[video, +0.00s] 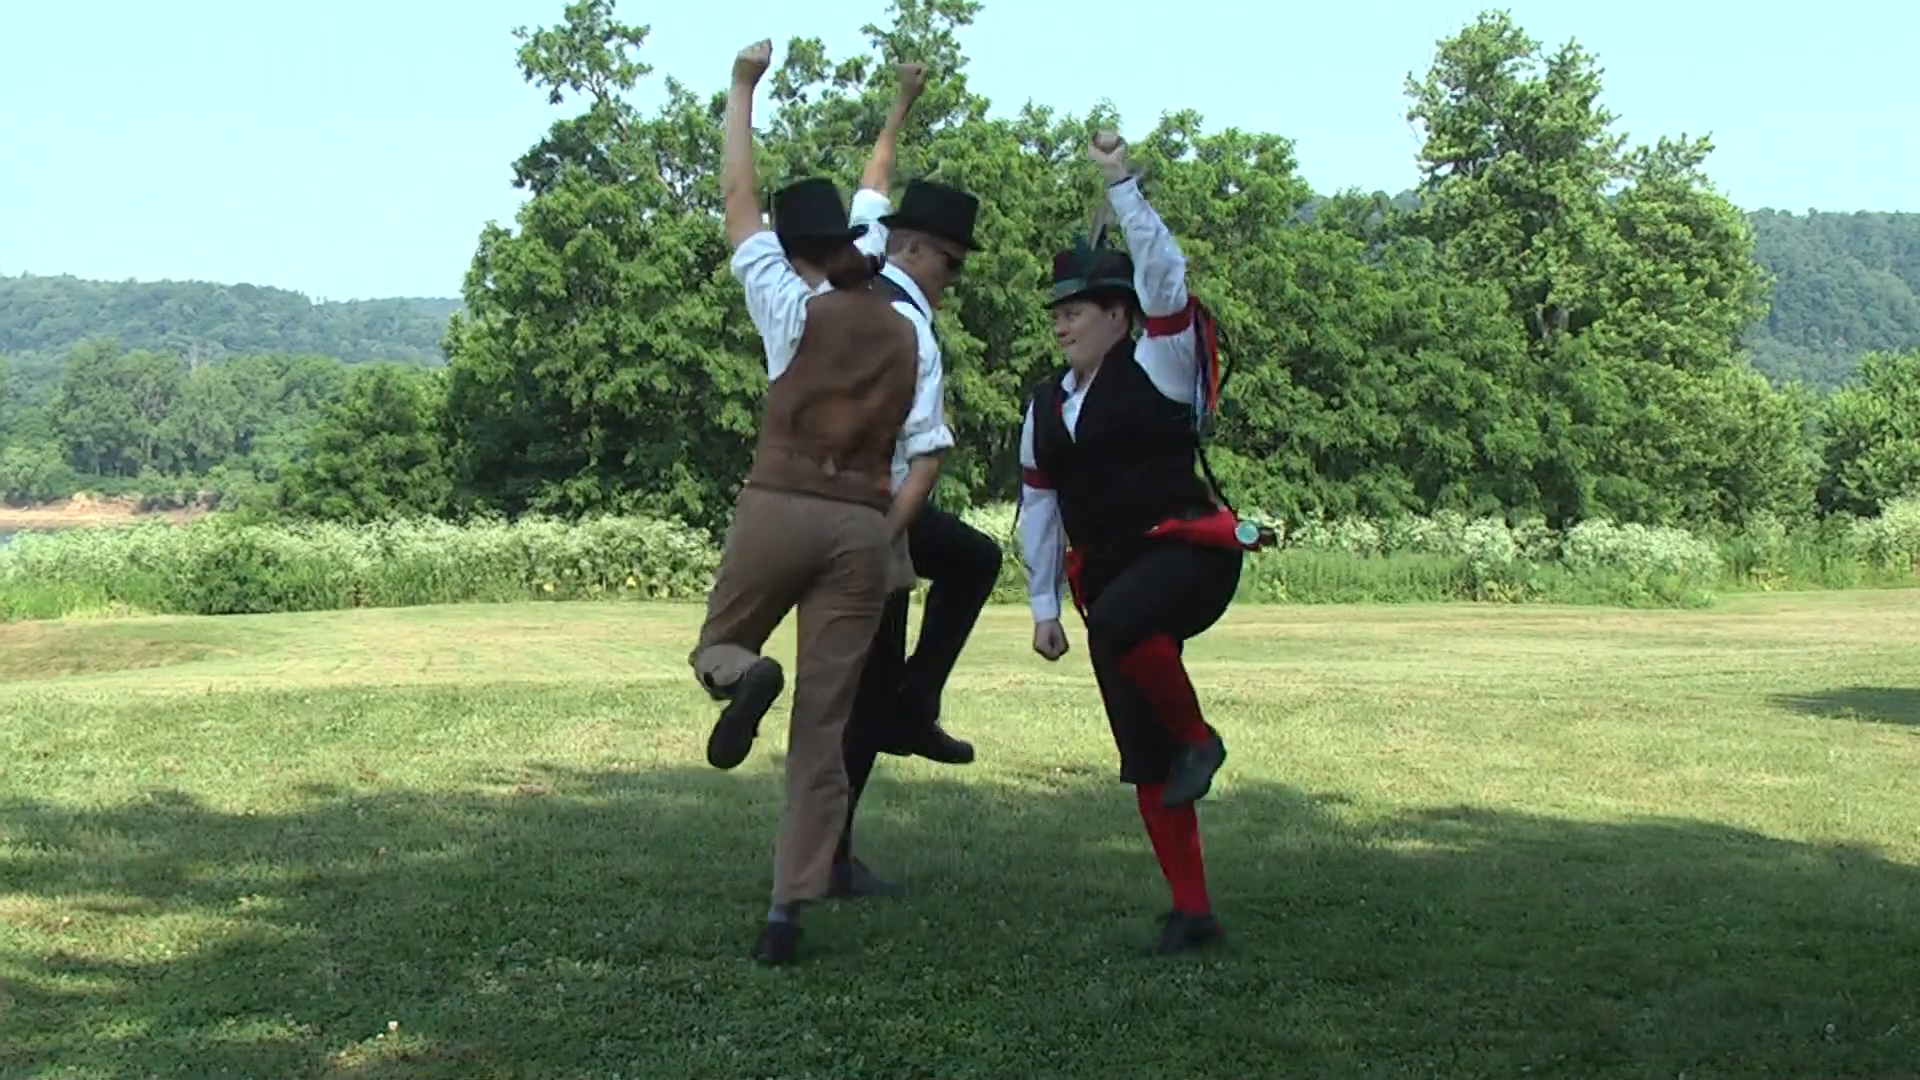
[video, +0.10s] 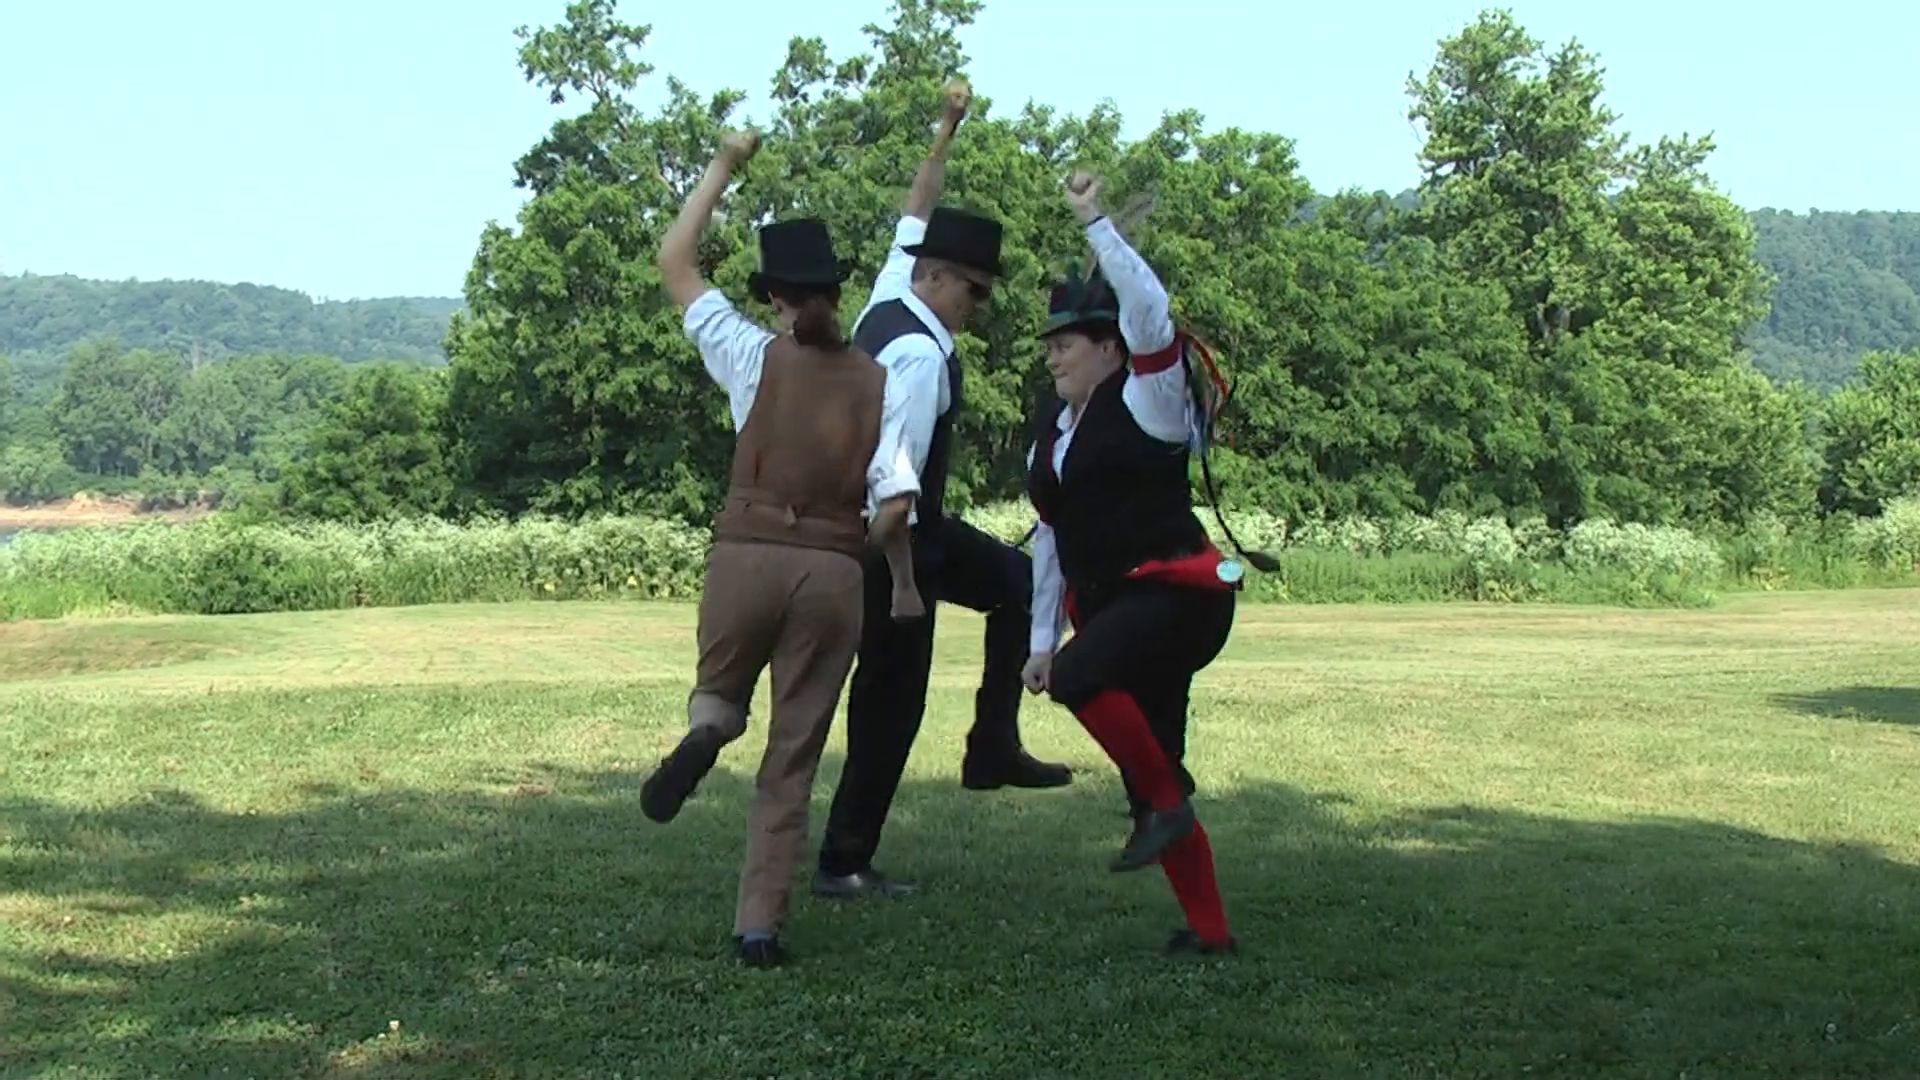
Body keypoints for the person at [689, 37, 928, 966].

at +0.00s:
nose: (796, 267)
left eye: (789, 254)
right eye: (839, 245)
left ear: (798, 258)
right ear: (858, 246)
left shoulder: (788, 307)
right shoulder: (912, 330)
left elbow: (743, 207)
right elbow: (927, 452)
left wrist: (741, 95)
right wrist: (886, 534)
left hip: (775, 516)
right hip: (864, 531)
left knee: (719, 639)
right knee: (823, 728)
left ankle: (745, 676)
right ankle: (788, 909)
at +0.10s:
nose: (775, 306)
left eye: (777, 295)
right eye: (787, 294)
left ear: (776, 298)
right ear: (837, 293)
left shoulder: (751, 356)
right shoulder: (876, 379)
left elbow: (678, 260)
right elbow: (884, 484)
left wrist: (721, 167)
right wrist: (899, 571)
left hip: (746, 561)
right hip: (834, 574)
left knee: (721, 684)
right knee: (792, 762)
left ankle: (706, 731)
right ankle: (760, 928)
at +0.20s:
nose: (774, 305)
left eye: (766, 294)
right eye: (790, 294)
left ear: (756, 295)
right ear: (820, 295)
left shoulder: (724, 359)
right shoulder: (857, 387)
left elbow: (612, 357)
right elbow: (876, 501)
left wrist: (680, 297)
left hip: (720, 567)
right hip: (809, 577)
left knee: (702, 692)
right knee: (780, 760)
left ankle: (673, 790)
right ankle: (760, 927)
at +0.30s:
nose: (785, 290)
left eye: (764, 279)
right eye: (792, 281)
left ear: (734, 282)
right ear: (798, 287)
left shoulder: (691, 355)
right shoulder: (827, 370)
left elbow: (604, 439)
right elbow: (895, 450)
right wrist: (890, 376)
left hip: (695, 549)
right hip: (782, 558)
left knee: (675, 678)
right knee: (767, 734)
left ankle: (639, 823)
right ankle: (759, 914)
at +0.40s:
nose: (786, 299)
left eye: (782, 287)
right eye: (783, 289)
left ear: (716, 285)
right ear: (771, 294)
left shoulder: (658, 360)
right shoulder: (794, 365)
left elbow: (632, 464)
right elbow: (909, 370)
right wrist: (896, 285)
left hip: (666, 544)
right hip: (753, 553)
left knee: (649, 703)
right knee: (747, 726)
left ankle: (613, 855)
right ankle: (747, 896)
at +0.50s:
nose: (764, 328)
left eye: (761, 316)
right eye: (761, 317)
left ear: (690, 312)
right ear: (744, 318)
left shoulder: (632, 383)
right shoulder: (766, 380)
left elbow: (606, 479)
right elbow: (851, 320)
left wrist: (596, 585)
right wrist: (888, 226)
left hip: (644, 568)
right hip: (729, 570)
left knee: (634, 738)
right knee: (728, 741)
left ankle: (602, 893)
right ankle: (727, 883)